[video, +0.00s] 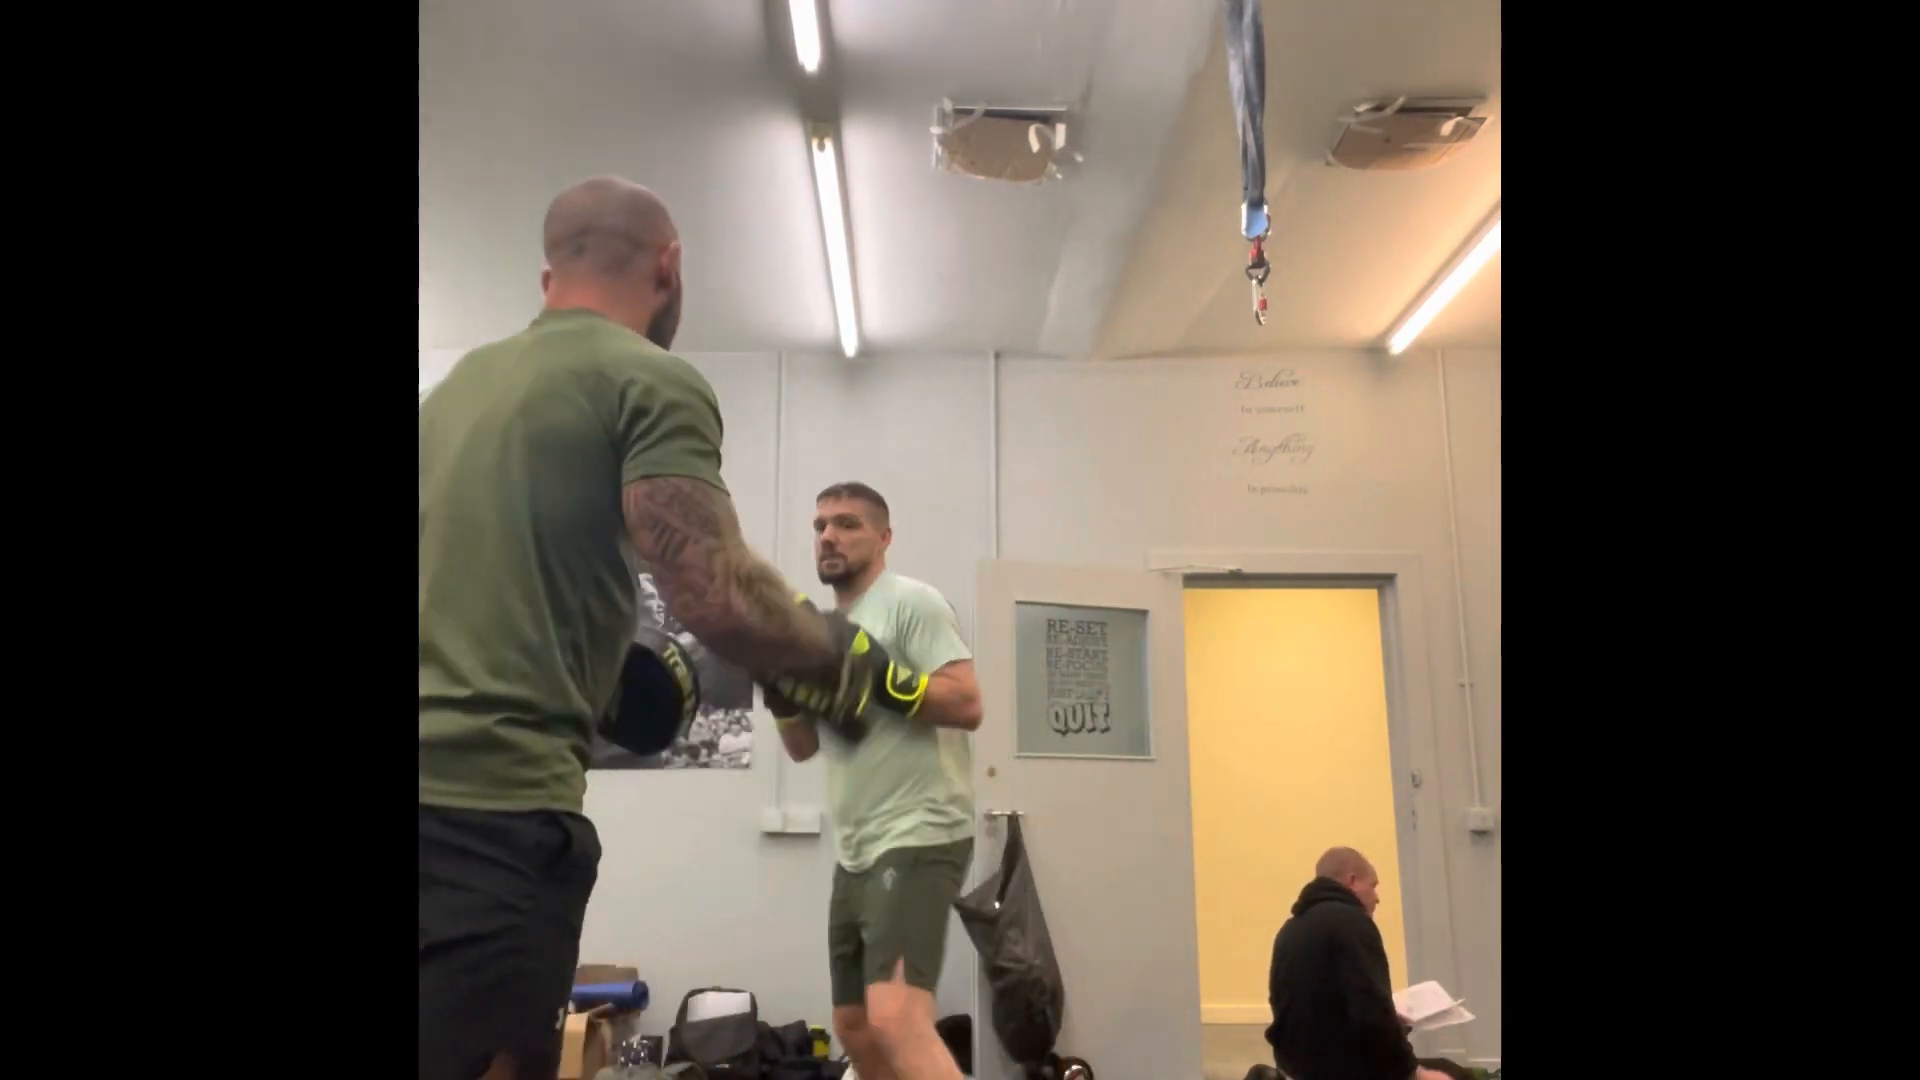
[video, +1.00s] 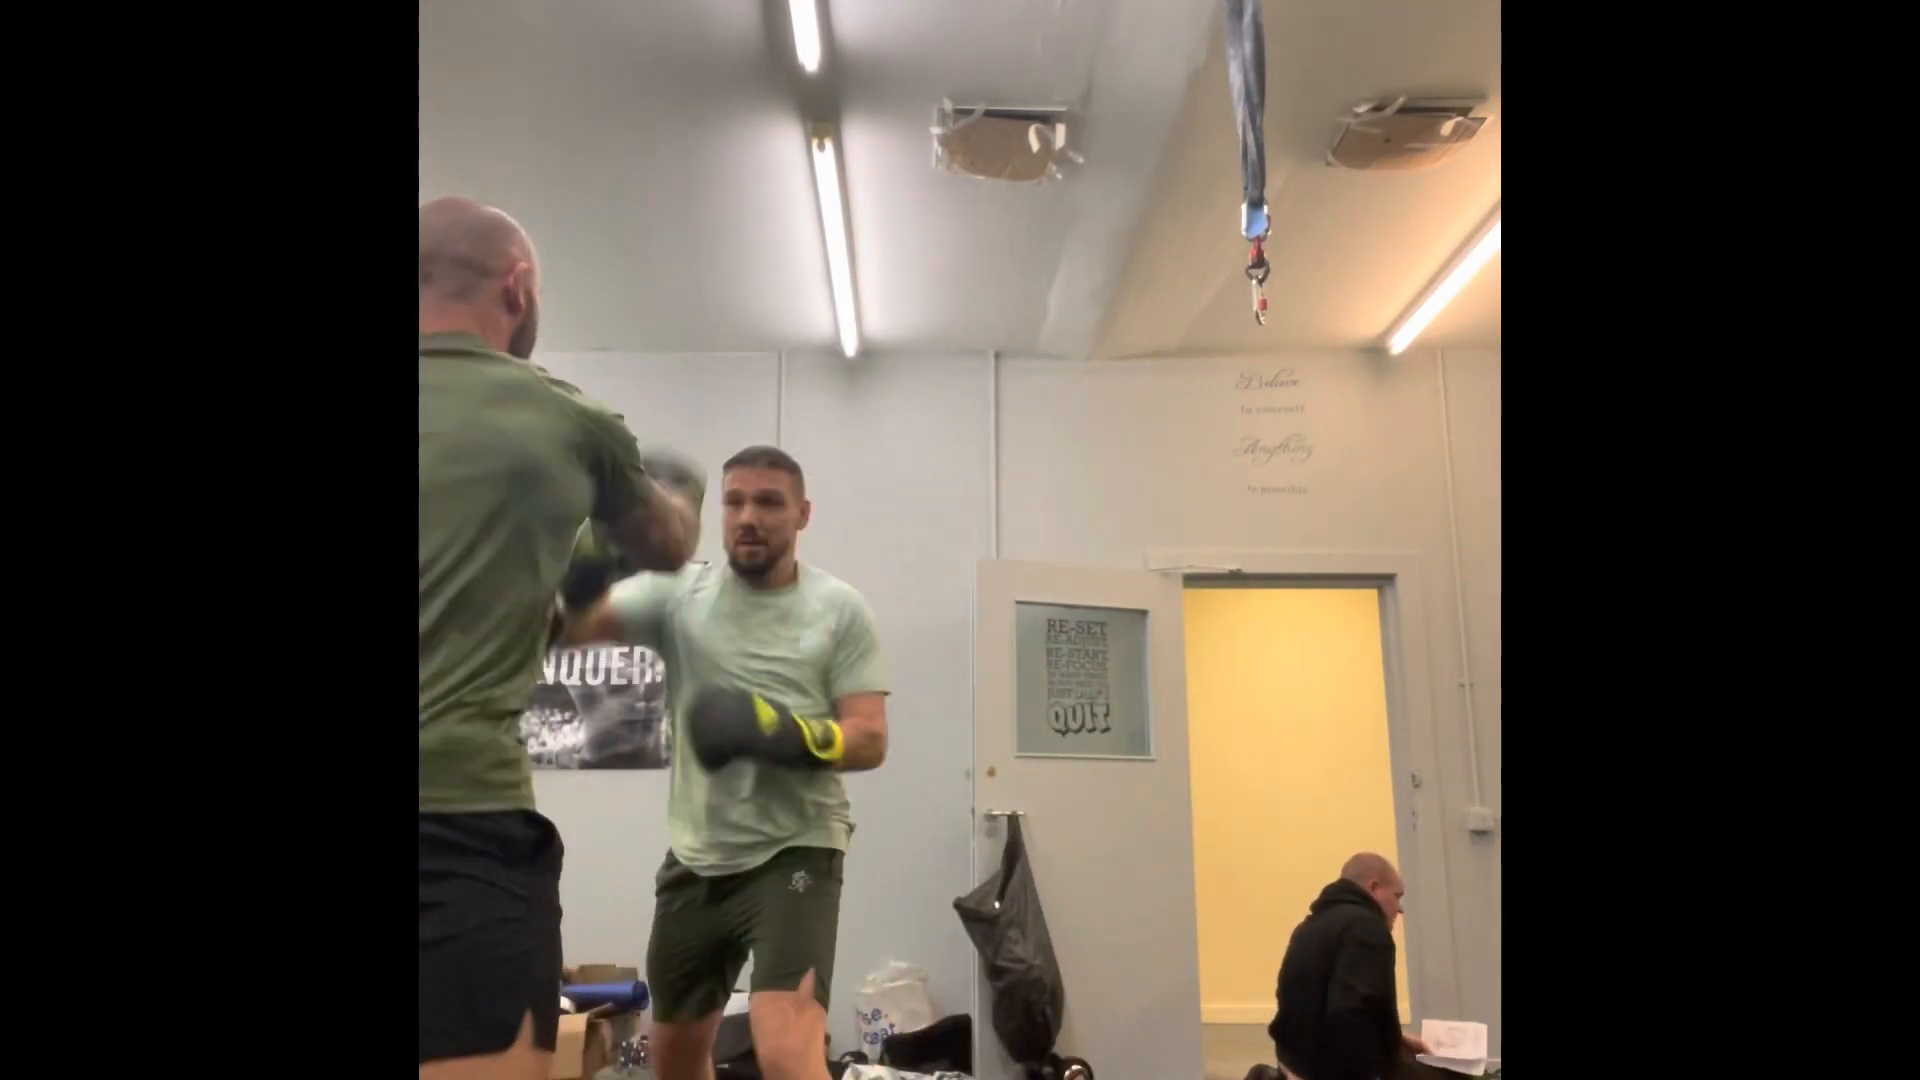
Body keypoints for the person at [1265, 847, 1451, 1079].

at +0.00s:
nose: (1377, 899)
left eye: (1376, 887)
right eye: (1373, 886)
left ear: (1323, 883)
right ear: (1352, 883)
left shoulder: (1290, 929)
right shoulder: (1352, 922)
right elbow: (1372, 1013)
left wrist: (1385, 1018)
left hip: (1299, 1065)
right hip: (1349, 1068)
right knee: (1449, 1070)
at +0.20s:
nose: (1388, 906)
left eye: (1389, 894)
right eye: (1386, 893)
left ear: (1359, 885)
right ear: (1363, 886)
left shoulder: (1297, 928)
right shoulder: (1364, 929)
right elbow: (1375, 1028)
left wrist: (1386, 1024)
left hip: (1297, 1067)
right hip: (1348, 1071)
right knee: (1450, 1071)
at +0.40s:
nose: (1410, 919)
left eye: (1412, 908)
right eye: (1409, 906)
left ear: (1360, 891)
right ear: (1389, 896)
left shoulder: (1319, 925)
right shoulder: (1384, 932)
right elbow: (1385, 1032)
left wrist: (1401, 1042)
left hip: (1295, 1060)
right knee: (1451, 1073)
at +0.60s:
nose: (1414, 923)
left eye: (1416, 912)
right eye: (1414, 910)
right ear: (1392, 897)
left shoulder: (1324, 926)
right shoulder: (1389, 933)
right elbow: (1388, 1031)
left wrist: (1402, 1045)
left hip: (1292, 1059)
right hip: (1342, 1068)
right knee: (1457, 1072)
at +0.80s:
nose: (1407, 917)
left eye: (1409, 904)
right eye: (1405, 902)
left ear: (1378, 891)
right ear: (1383, 892)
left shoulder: (1314, 928)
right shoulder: (1382, 932)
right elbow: (1385, 1033)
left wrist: (1398, 1044)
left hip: (1295, 1059)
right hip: (1347, 1067)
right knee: (1456, 1072)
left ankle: (1273, 1073)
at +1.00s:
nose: (1400, 909)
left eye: (1400, 898)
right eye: (1397, 896)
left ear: (1369, 889)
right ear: (1373, 888)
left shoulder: (1312, 924)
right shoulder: (1366, 926)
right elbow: (1355, 1013)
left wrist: (1397, 1039)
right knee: (1453, 1073)